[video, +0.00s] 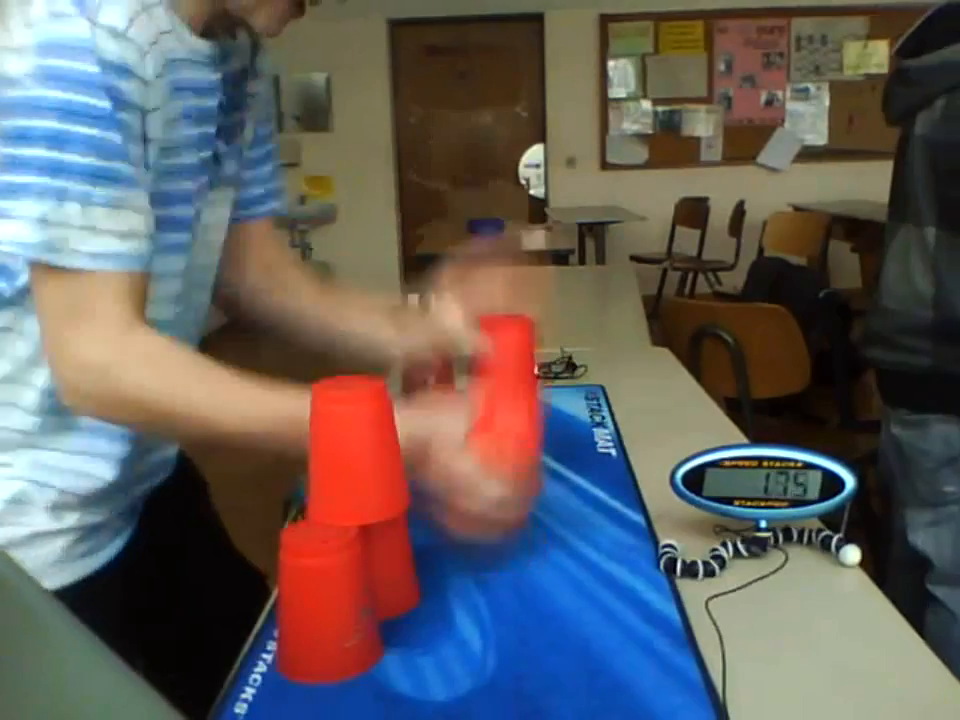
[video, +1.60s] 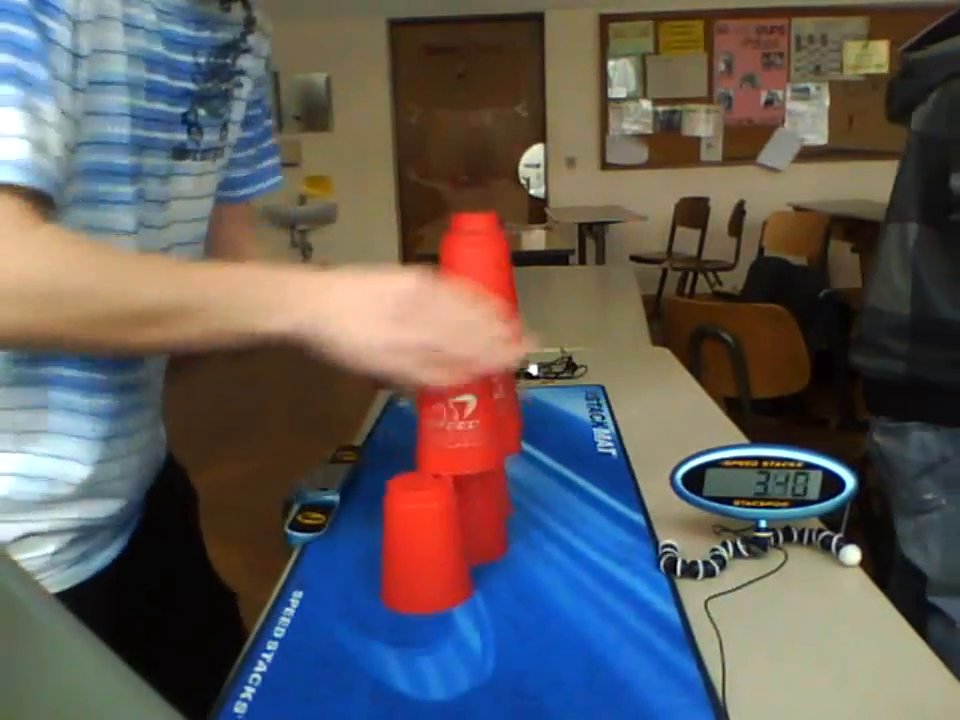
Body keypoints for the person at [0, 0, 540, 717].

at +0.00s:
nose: (304, 6)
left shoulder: (231, 48)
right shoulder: (68, 50)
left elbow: (250, 268)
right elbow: (94, 361)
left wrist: (414, 332)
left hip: (151, 494)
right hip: (40, 550)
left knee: (287, 681)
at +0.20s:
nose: (312, 8)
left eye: (317, 0)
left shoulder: (232, 65)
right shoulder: (39, 46)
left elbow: (246, 283)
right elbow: (5, 332)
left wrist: (399, 350)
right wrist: (269, 410)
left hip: (163, 505)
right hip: (42, 557)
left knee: (287, 696)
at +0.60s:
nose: (340, 4)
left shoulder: (189, 52)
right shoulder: (61, 36)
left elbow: (162, 255)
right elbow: (80, 334)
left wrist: (338, 326)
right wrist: (341, 378)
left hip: (124, 475)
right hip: (38, 531)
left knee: (257, 679)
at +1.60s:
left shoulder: (235, 35)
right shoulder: (35, 18)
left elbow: (229, 259)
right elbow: (7, 264)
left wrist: (381, 333)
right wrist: (314, 306)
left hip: (142, 503)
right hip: (25, 556)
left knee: (233, 698)